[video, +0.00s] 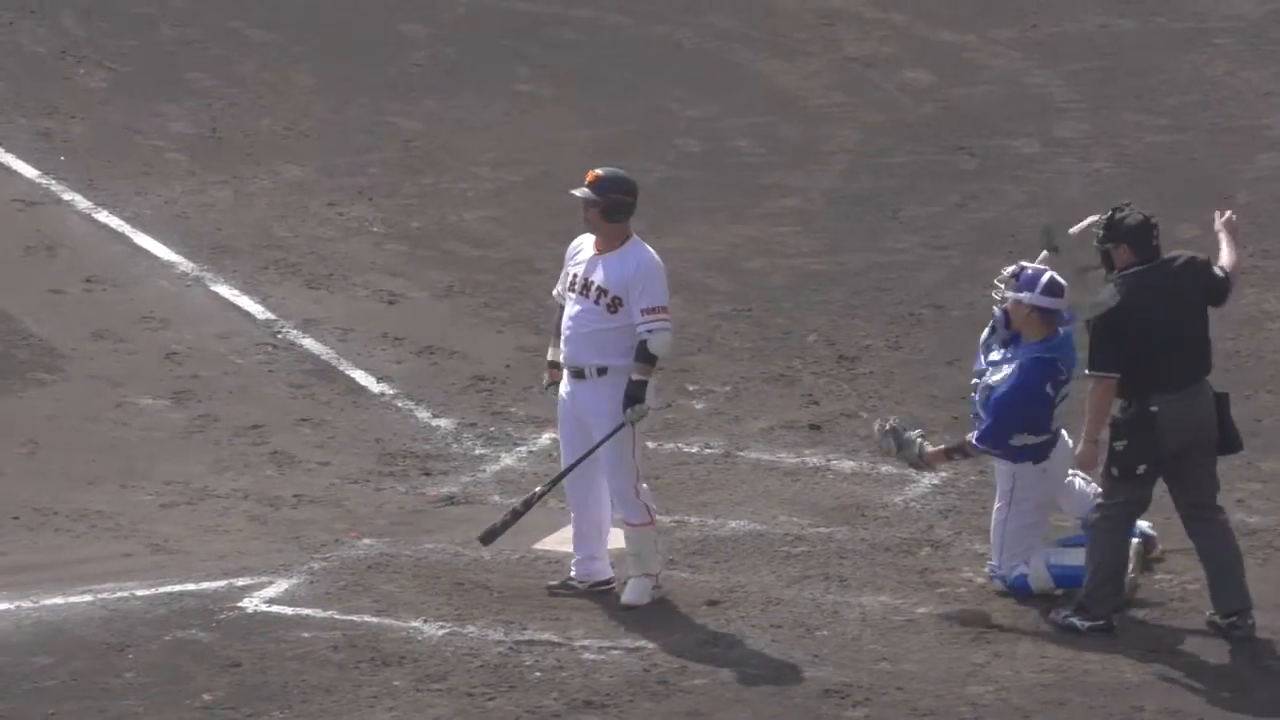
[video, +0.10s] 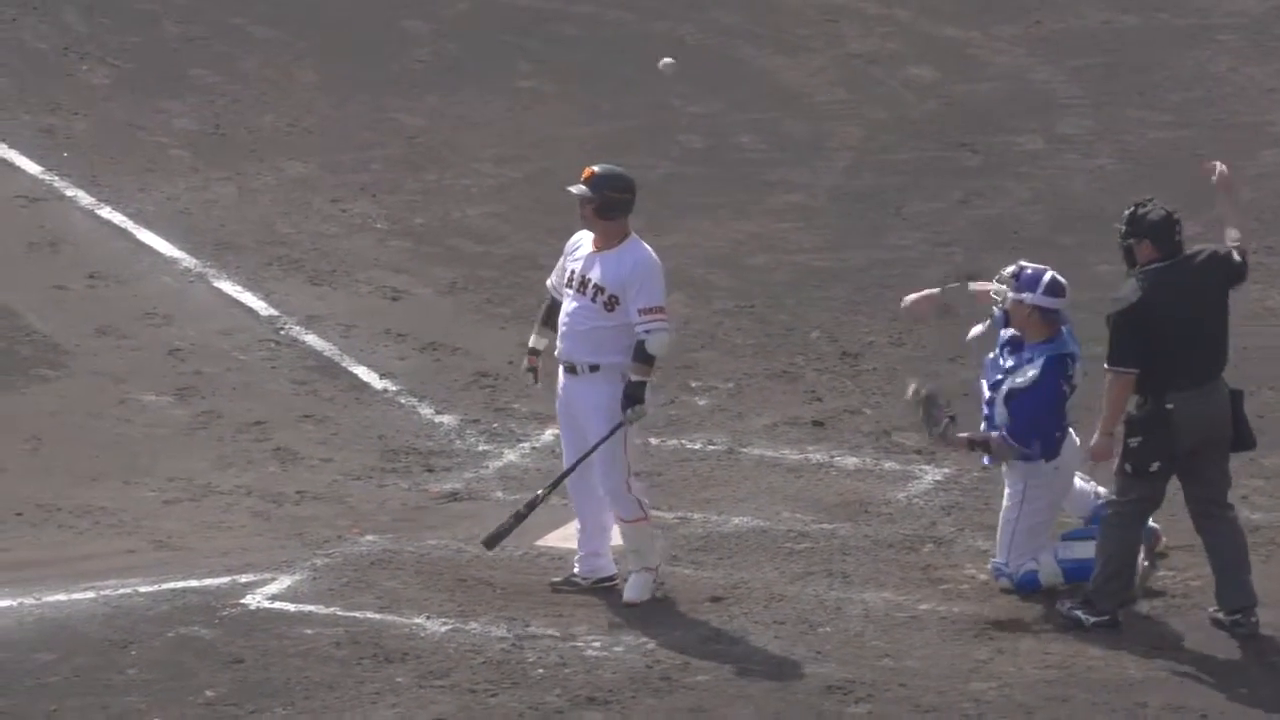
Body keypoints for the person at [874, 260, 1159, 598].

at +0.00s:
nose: (1003, 306)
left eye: (1010, 301)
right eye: (1006, 299)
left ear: (1028, 310)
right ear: (1036, 308)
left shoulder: (1028, 376)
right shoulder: (1047, 334)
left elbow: (991, 436)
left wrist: (940, 454)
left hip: (1027, 467)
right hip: (1050, 443)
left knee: (1010, 572)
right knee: (1071, 490)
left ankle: (1114, 559)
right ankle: (1130, 533)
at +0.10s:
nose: (1005, 305)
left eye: (1012, 301)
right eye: (1008, 298)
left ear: (1031, 312)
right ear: (1036, 312)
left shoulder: (1038, 381)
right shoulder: (1042, 327)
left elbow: (1023, 443)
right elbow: (999, 291)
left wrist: (966, 441)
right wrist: (939, 294)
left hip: (1037, 469)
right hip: (1059, 443)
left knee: (1014, 571)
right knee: (1070, 491)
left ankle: (1122, 555)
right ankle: (1136, 530)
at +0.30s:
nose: (990, 299)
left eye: (998, 293)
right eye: (993, 291)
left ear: (1017, 303)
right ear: (1018, 302)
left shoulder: (1051, 358)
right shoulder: (995, 322)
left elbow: (1036, 430)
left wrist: (988, 409)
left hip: (1044, 460)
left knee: (1017, 562)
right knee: (1070, 486)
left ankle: (1134, 542)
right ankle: (1141, 521)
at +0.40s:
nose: (979, 295)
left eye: (986, 288)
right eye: (982, 287)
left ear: (1006, 297)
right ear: (1005, 296)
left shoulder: (1044, 350)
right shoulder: (997, 320)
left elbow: (1041, 425)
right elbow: (974, 315)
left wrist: (991, 417)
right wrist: (956, 354)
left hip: (1047, 455)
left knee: (1018, 559)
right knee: (1067, 487)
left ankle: (1130, 538)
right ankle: (1136, 513)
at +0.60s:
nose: (980, 286)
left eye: (986, 280)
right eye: (981, 279)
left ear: (1004, 288)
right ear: (1007, 288)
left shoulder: (1035, 343)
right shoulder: (1010, 320)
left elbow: (1023, 423)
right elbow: (990, 385)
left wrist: (985, 469)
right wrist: (953, 427)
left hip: (1048, 450)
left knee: (1020, 553)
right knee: (1060, 482)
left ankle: (1135, 529)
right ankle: (1141, 509)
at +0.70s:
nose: (982, 281)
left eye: (988, 274)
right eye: (984, 273)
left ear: (1006, 283)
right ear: (1011, 281)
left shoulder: (1030, 339)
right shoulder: (1021, 313)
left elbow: (1022, 413)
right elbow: (1008, 379)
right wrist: (983, 412)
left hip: (1052, 444)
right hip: (1055, 426)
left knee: (1026, 548)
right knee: (1051, 495)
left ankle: (1135, 526)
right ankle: (1134, 501)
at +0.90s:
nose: (986, 274)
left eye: (992, 268)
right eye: (988, 267)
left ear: (1011, 276)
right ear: (1019, 274)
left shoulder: (1026, 332)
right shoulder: (1044, 301)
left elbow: (1036, 408)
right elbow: (1075, 356)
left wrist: (1044, 467)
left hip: (1044, 442)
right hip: (1062, 426)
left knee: (1027, 546)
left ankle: (1136, 526)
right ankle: (1141, 506)